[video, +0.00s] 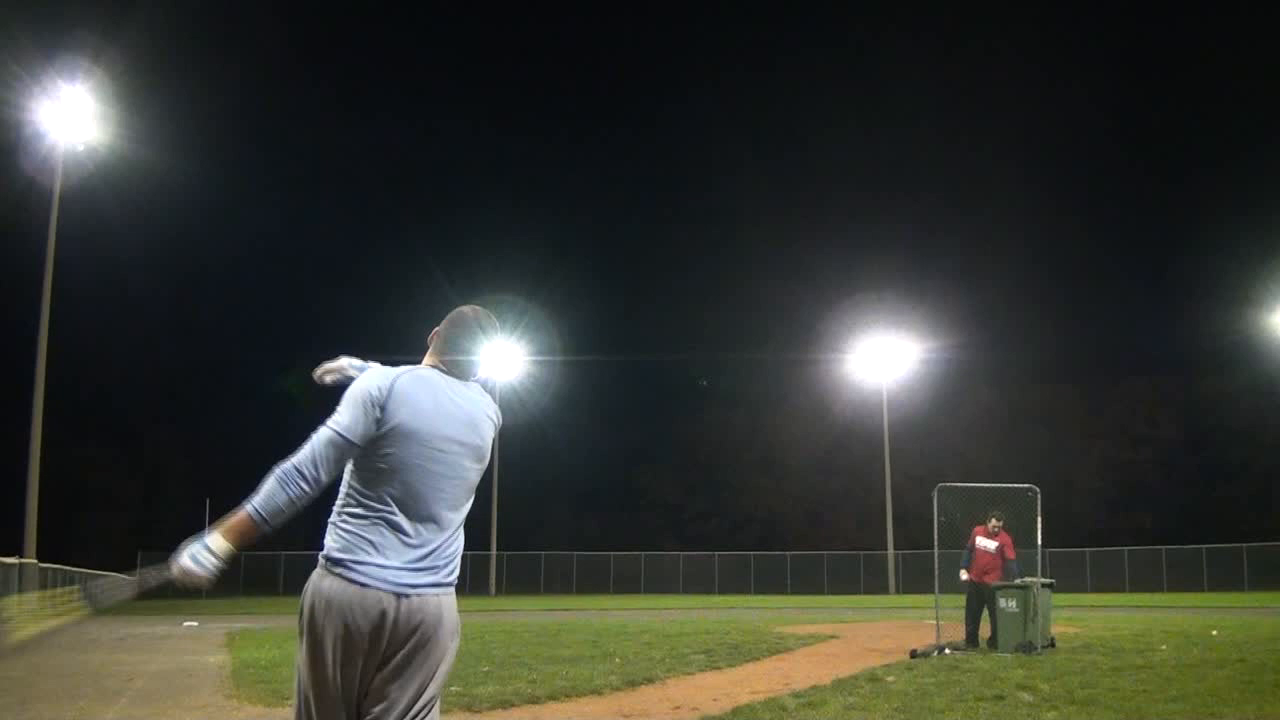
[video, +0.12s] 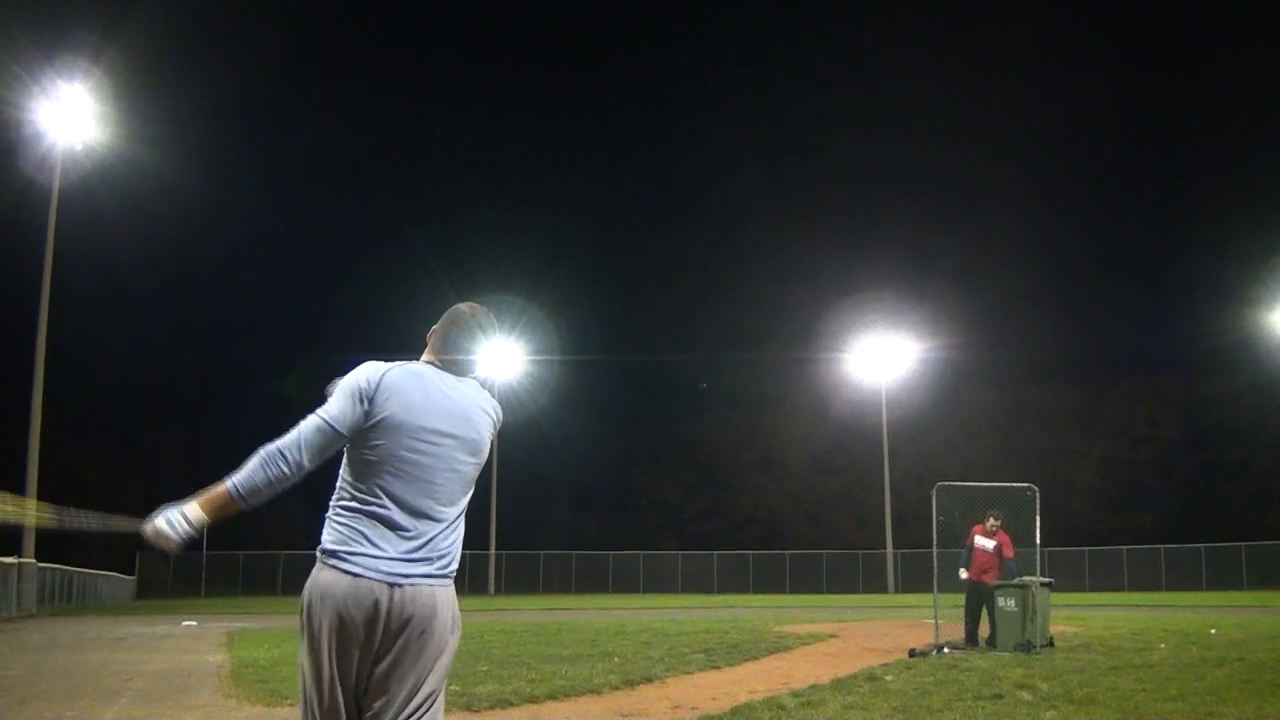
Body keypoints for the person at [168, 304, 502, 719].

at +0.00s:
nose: (430, 337)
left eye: (434, 333)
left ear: (434, 340)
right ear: (481, 362)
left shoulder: (381, 387)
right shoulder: (486, 414)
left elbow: (306, 472)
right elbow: (434, 398)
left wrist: (220, 540)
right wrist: (370, 374)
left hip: (343, 598)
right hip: (430, 609)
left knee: (322, 709)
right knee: (407, 712)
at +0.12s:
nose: (426, 340)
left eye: (430, 333)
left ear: (431, 340)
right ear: (480, 360)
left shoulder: (374, 380)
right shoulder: (486, 412)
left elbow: (291, 456)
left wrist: (196, 511)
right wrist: (366, 392)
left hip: (340, 588)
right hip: (428, 602)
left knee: (327, 712)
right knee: (411, 713)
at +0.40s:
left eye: (429, 341)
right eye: (473, 356)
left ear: (424, 348)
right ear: (475, 365)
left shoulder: (368, 387)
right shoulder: (486, 415)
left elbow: (275, 442)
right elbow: (512, 455)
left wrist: (177, 476)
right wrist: (482, 395)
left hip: (346, 585)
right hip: (430, 595)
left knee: (344, 708)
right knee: (423, 712)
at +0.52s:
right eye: (478, 352)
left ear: (426, 350)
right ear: (476, 361)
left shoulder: (369, 389)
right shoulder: (490, 415)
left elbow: (279, 443)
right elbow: (524, 471)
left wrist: (187, 473)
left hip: (350, 583)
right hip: (431, 592)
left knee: (348, 709)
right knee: (421, 712)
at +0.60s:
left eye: (429, 347)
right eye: (474, 356)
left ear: (424, 353)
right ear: (474, 364)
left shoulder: (370, 392)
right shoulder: (493, 417)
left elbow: (283, 446)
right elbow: (535, 483)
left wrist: (199, 475)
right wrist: (483, 498)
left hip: (353, 579)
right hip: (432, 590)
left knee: (348, 707)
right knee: (426, 709)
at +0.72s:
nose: (476, 367)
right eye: (476, 358)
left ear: (424, 354)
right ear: (474, 364)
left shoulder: (370, 394)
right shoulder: (491, 416)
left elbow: (290, 449)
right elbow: (538, 497)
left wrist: (215, 482)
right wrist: (496, 529)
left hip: (353, 578)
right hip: (433, 588)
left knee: (349, 707)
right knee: (430, 710)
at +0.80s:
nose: (476, 367)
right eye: (477, 359)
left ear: (427, 353)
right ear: (475, 360)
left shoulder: (369, 398)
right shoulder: (488, 414)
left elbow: (297, 460)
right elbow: (533, 509)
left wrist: (234, 502)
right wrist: (503, 556)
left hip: (355, 580)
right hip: (433, 588)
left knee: (354, 709)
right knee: (438, 710)